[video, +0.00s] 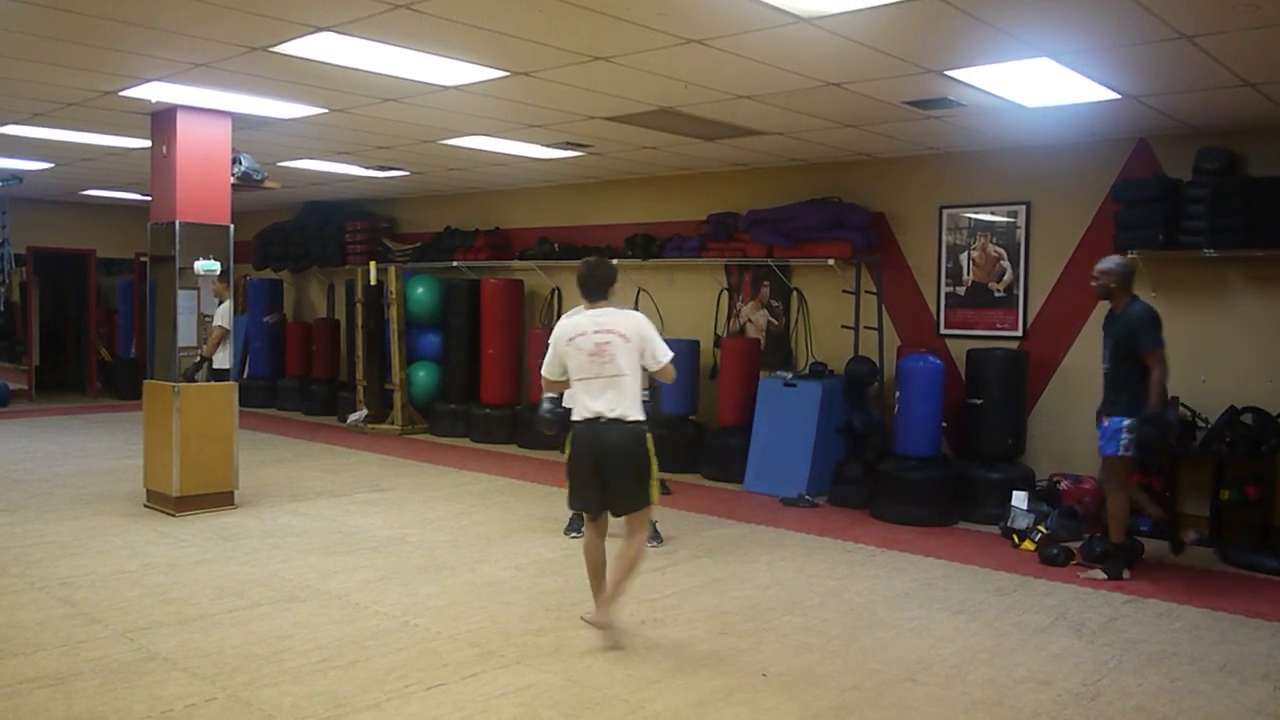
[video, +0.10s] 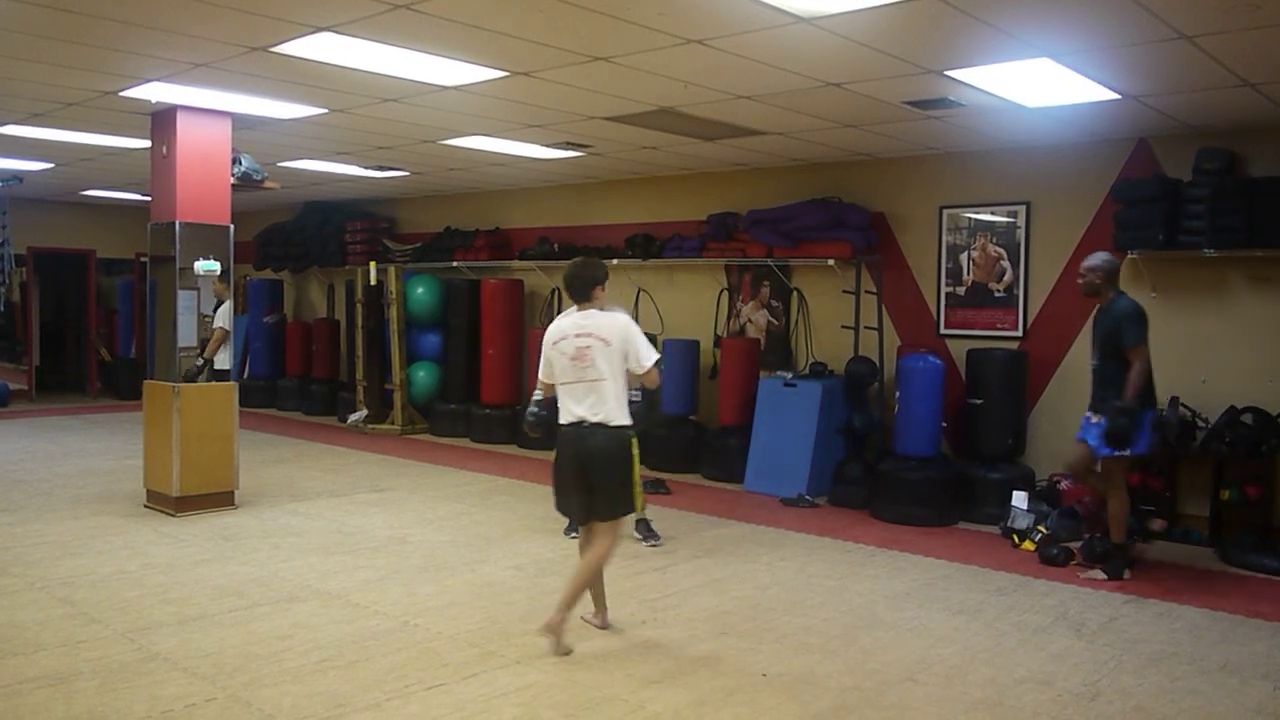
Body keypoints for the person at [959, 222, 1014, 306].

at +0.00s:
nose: (983, 241)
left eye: (986, 237)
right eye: (980, 237)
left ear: (990, 237)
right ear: (976, 237)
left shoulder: (999, 252)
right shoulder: (971, 253)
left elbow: (1009, 272)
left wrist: (1001, 286)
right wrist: (967, 278)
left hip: (990, 287)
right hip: (974, 286)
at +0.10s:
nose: (983, 241)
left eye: (986, 237)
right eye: (980, 237)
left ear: (990, 237)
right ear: (976, 238)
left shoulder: (999, 252)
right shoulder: (971, 252)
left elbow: (1009, 272)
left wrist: (1001, 286)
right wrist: (967, 277)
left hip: (990, 288)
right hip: (974, 286)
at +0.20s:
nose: (983, 241)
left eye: (986, 237)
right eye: (980, 237)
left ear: (990, 237)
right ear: (976, 238)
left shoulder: (999, 252)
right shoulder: (971, 252)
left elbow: (1009, 272)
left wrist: (1001, 286)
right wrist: (967, 277)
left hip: (990, 288)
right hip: (974, 287)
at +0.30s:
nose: (982, 241)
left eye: (986, 237)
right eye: (979, 237)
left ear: (990, 237)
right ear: (975, 238)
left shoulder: (998, 252)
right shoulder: (971, 252)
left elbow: (1009, 272)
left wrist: (1001, 286)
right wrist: (967, 277)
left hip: (990, 288)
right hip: (974, 286)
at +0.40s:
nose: (982, 241)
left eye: (985, 237)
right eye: (979, 237)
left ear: (990, 238)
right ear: (975, 238)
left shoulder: (998, 252)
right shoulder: (971, 253)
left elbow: (1009, 272)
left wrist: (1001, 286)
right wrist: (967, 278)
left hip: (990, 287)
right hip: (974, 286)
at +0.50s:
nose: (983, 241)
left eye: (986, 237)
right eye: (980, 237)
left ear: (990, 237)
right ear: (976, 238)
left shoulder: (999, 252)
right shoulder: (971, 252)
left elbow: (1009, 272)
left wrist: (1001, 286)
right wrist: (967, 277)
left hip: (991, 288)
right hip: (975, 286)